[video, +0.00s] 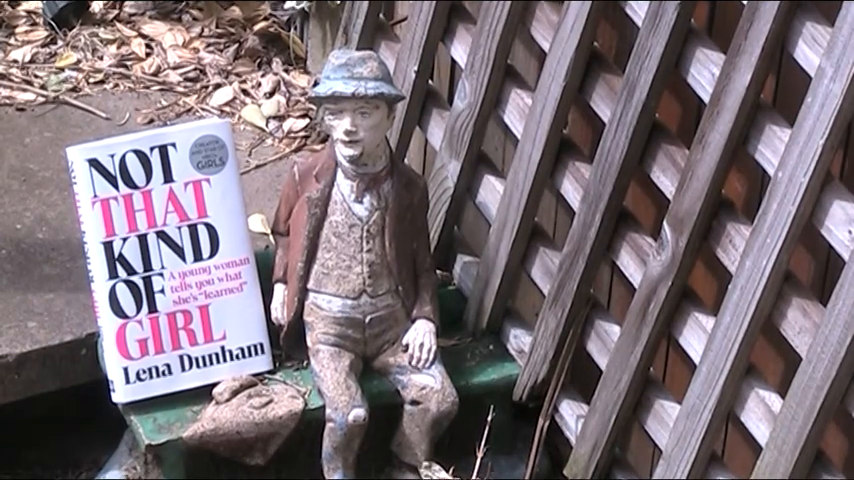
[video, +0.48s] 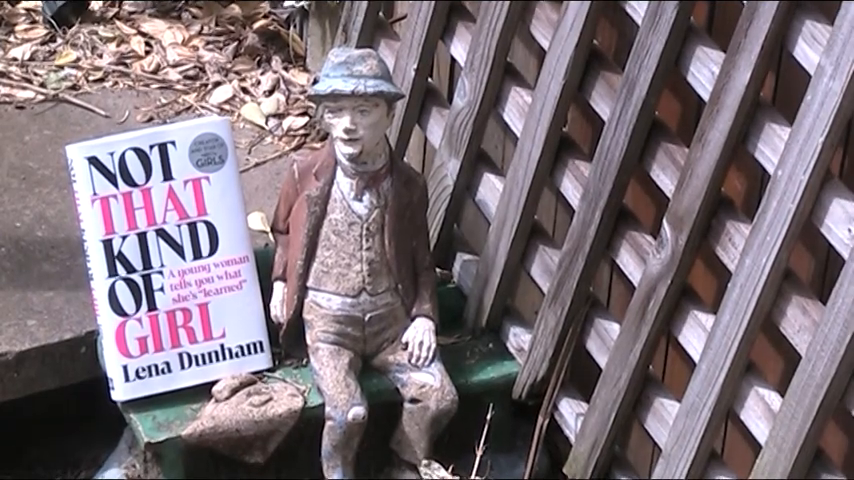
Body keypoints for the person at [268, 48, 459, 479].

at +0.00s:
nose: (349, 127)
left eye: (364, 113)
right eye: (336, 114)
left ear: (389, 116)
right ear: (323, 118)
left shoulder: (409, 186)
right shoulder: (305, 175)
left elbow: (423, 263)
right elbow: (283, 235)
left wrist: (425, 317)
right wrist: (282, 284)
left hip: (394, 325)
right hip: (329, 324)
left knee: (438, 399)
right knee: (349, 416)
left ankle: (408, 461)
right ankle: (338, 472)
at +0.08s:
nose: (348, 126)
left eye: (364, 112)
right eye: (336, 112)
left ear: (389, 115)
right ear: (323, 117)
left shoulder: (409, 185)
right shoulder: (305, 174)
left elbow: (423, 262)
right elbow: (283, 233)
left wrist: (425, 316)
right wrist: (282, 282)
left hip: (394, 324)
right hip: (328, 323)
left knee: (438, 398)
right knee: (349, 415)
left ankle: (408, 458)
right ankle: (338, 472)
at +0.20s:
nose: (348, 126)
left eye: (364, 112)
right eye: (336, 113)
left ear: (389, 115)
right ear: (323, 117)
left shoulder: (409, 185)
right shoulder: (305, 174)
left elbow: (423, 263)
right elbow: (283, 234)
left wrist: (425, 316)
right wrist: (282, 283)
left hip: (393, 323)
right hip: (328, 323)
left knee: (438, 399)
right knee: (349, 415)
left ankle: (407, 459)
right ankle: (337, 472)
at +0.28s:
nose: (349, 127)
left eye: (364, 113)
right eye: (336, 114)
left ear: (389, 117)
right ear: (323, 118)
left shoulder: (409, 186)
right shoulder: (305, 175)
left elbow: (423, 263)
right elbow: (283, 235)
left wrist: (425, 317)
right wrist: (282, 284)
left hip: (394, 325)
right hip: (329, 325)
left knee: (438, 399)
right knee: (349, 416)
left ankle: (408, 460)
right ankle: (338, 472)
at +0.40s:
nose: (348, 124)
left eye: (364, 110)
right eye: (336, 110)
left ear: (389, 113)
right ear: (323, 115)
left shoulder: (409, 183)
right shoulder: (304, 171)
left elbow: (423, 260)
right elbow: (283, 231)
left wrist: (425, 314)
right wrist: (282, 281)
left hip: (393, 321)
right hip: (328, 321)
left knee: (438, 397)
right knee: (349, 413)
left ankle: (405, 459)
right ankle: (338, 471)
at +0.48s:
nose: (348, 125)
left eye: (363, 111)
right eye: (336, 112)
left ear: (388, 114)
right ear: (323, 117)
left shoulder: (409, 184)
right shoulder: (304, 173)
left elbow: (423, 262)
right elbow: (282, 233)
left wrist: (425, 315)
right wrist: (281, 282)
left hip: (393, 322)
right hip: (327, 322)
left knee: (438, 397)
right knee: (349, 414)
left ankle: (406, 459)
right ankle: (337, 472)